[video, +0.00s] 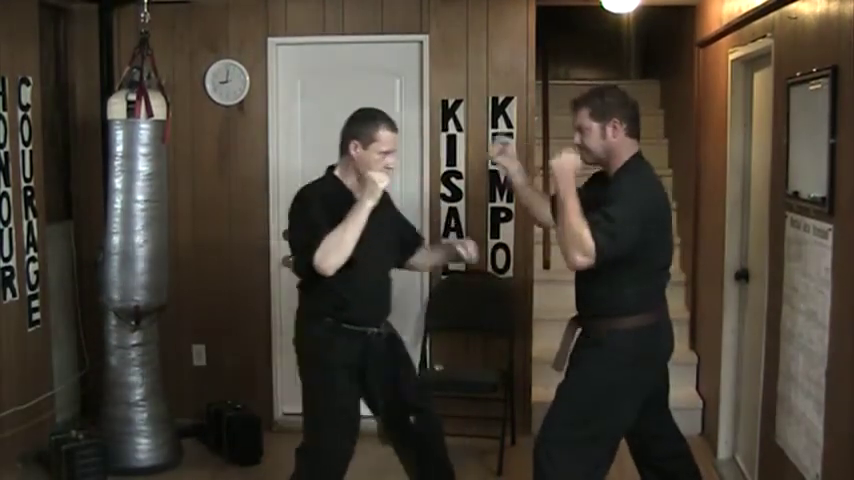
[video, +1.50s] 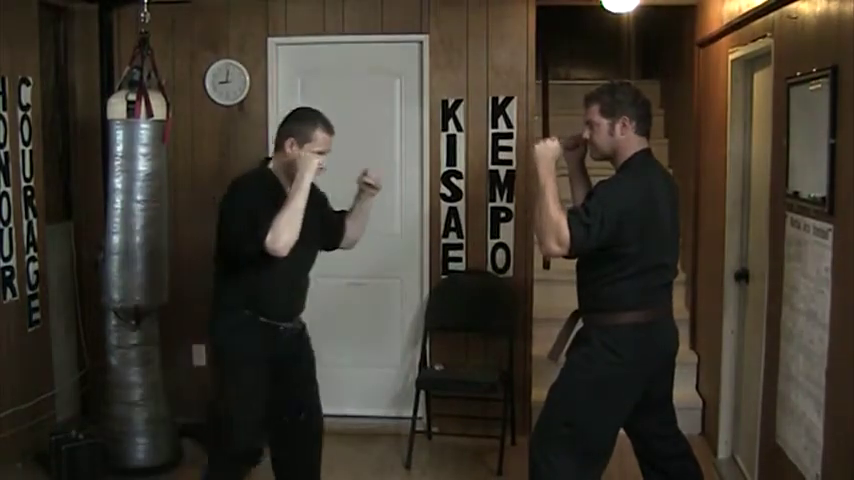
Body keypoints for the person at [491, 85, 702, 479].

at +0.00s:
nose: (575, 140)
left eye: (582, 131)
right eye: (575, 131)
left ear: (613, 130)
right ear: (612, 131)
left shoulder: (633, 188)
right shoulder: (612, 182)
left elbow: (580, 255)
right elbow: (551, 215)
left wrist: (566, 182)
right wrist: (516, 176)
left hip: (621, 342)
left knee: (558, 456)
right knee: (659, 450)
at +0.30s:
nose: (578, 136)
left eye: (583, 127)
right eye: (577, 127)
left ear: (613, 126)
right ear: (619, 127)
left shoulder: (620, 185)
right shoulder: (653, 179)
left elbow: (551, 243)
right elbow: (589, 224)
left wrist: (533, 173)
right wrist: (576, 164)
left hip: (613, 342)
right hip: (652, 336)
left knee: (553, 450)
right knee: (661, 446)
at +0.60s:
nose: (583, 135)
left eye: (588, 125)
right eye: (582, 126)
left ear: (619, 125)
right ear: (623, 125)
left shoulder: (623, 184)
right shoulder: (659, 180)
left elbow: (553, 238)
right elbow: (591, 225)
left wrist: (539, 165)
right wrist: (576, 164)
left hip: (613, 340)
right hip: (653, 335)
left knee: (554, 448)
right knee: (662, 447)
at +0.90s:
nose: (585, 136)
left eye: (589, 126)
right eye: (584, 127)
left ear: (620, 126)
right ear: (624, 126)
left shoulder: (623, 186)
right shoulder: (659, 181)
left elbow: (556, 238)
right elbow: (590, 230)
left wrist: (545, 166)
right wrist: (576, 168)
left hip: (613, 340)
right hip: (652, 335)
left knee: (555, 452)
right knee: (662, 448)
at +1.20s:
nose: (585, 135)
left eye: (590, 125)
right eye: (585, 126)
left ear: (621, 126)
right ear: (624, 127)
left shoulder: (624, 186)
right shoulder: (660, 181)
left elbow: (556, 238)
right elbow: (592, 228)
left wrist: (544, 165)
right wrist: (576, 166)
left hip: (613, 341)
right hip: (652, 336)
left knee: (555, 452)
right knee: (661, 447)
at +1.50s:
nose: (586, 135)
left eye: (591, 126)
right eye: (585, 126)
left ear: (622, 126)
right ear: (625, 127)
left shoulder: (624, 187)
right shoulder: (660, 181)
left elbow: (557, 241)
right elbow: (593, 229)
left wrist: (544, 167)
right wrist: (576, 166)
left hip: (614, 342)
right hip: (654, 336)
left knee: (555, 453)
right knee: (662, 448)